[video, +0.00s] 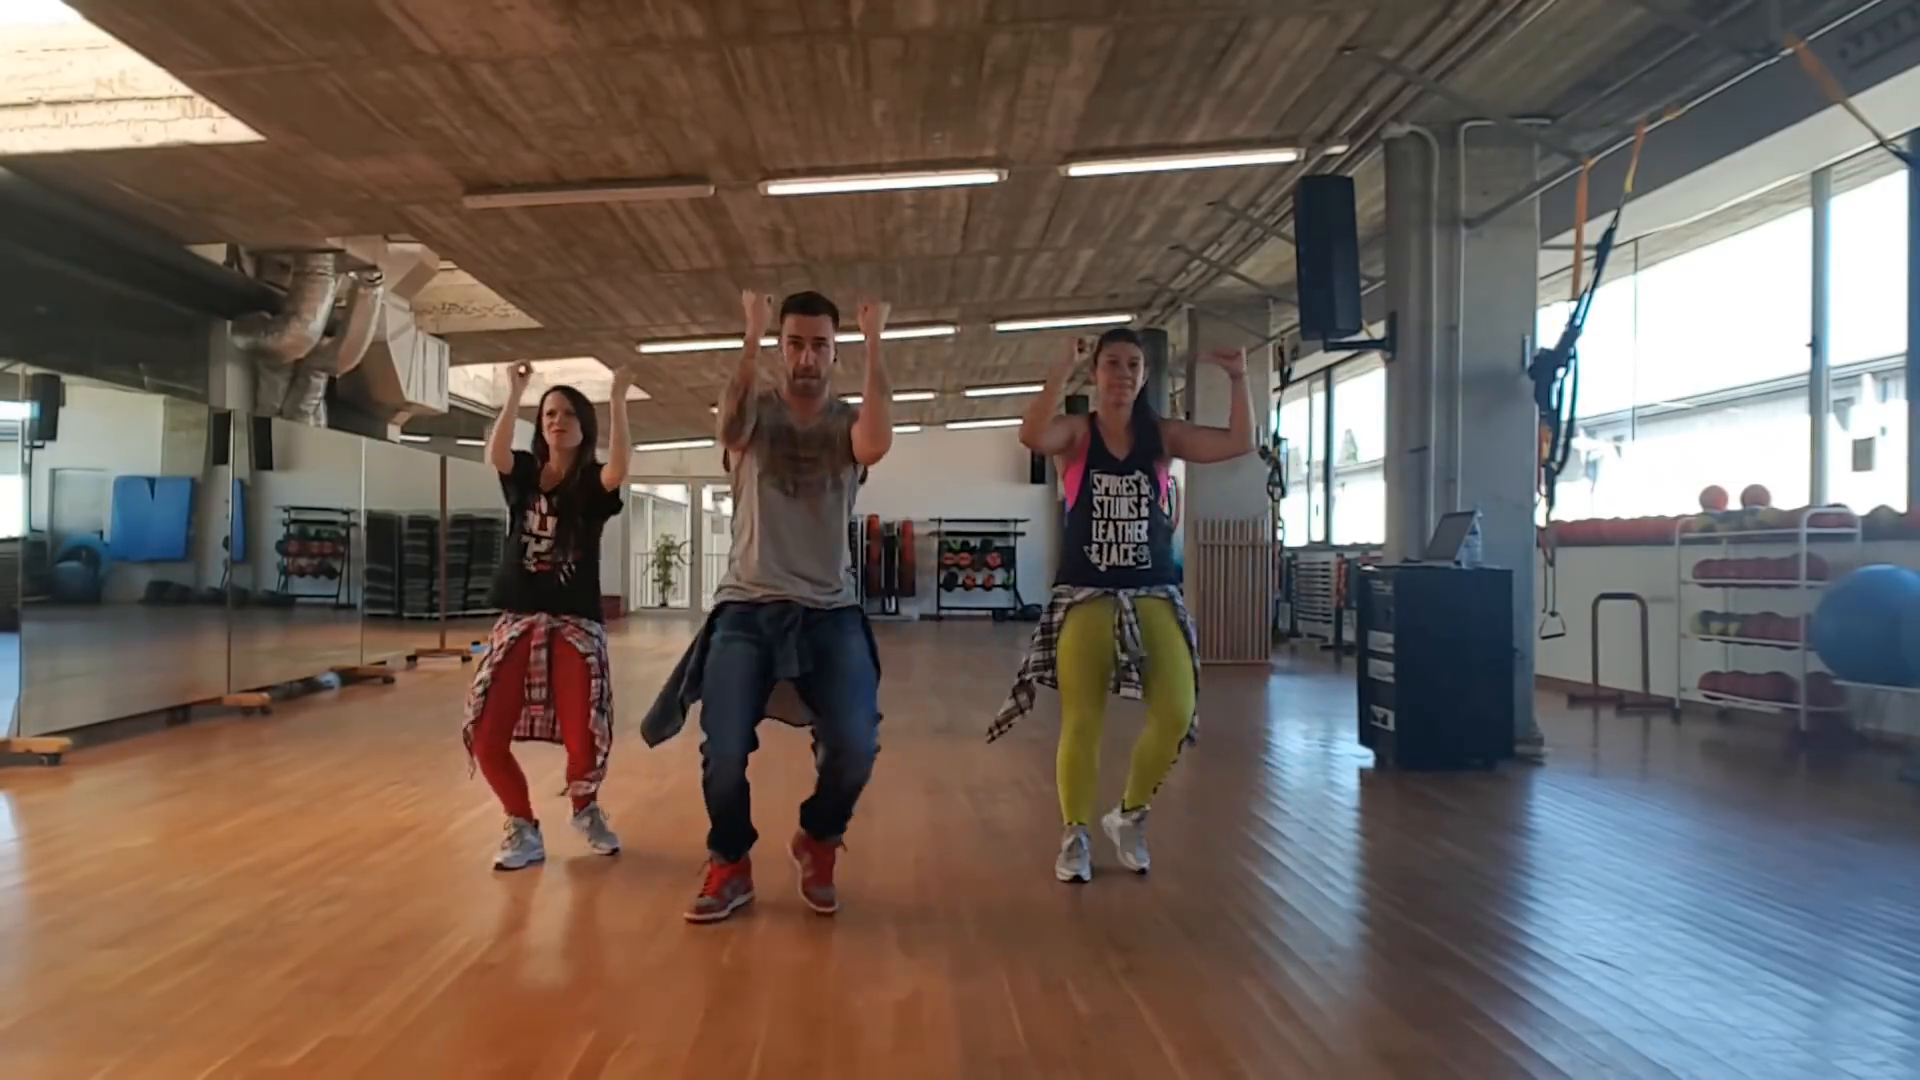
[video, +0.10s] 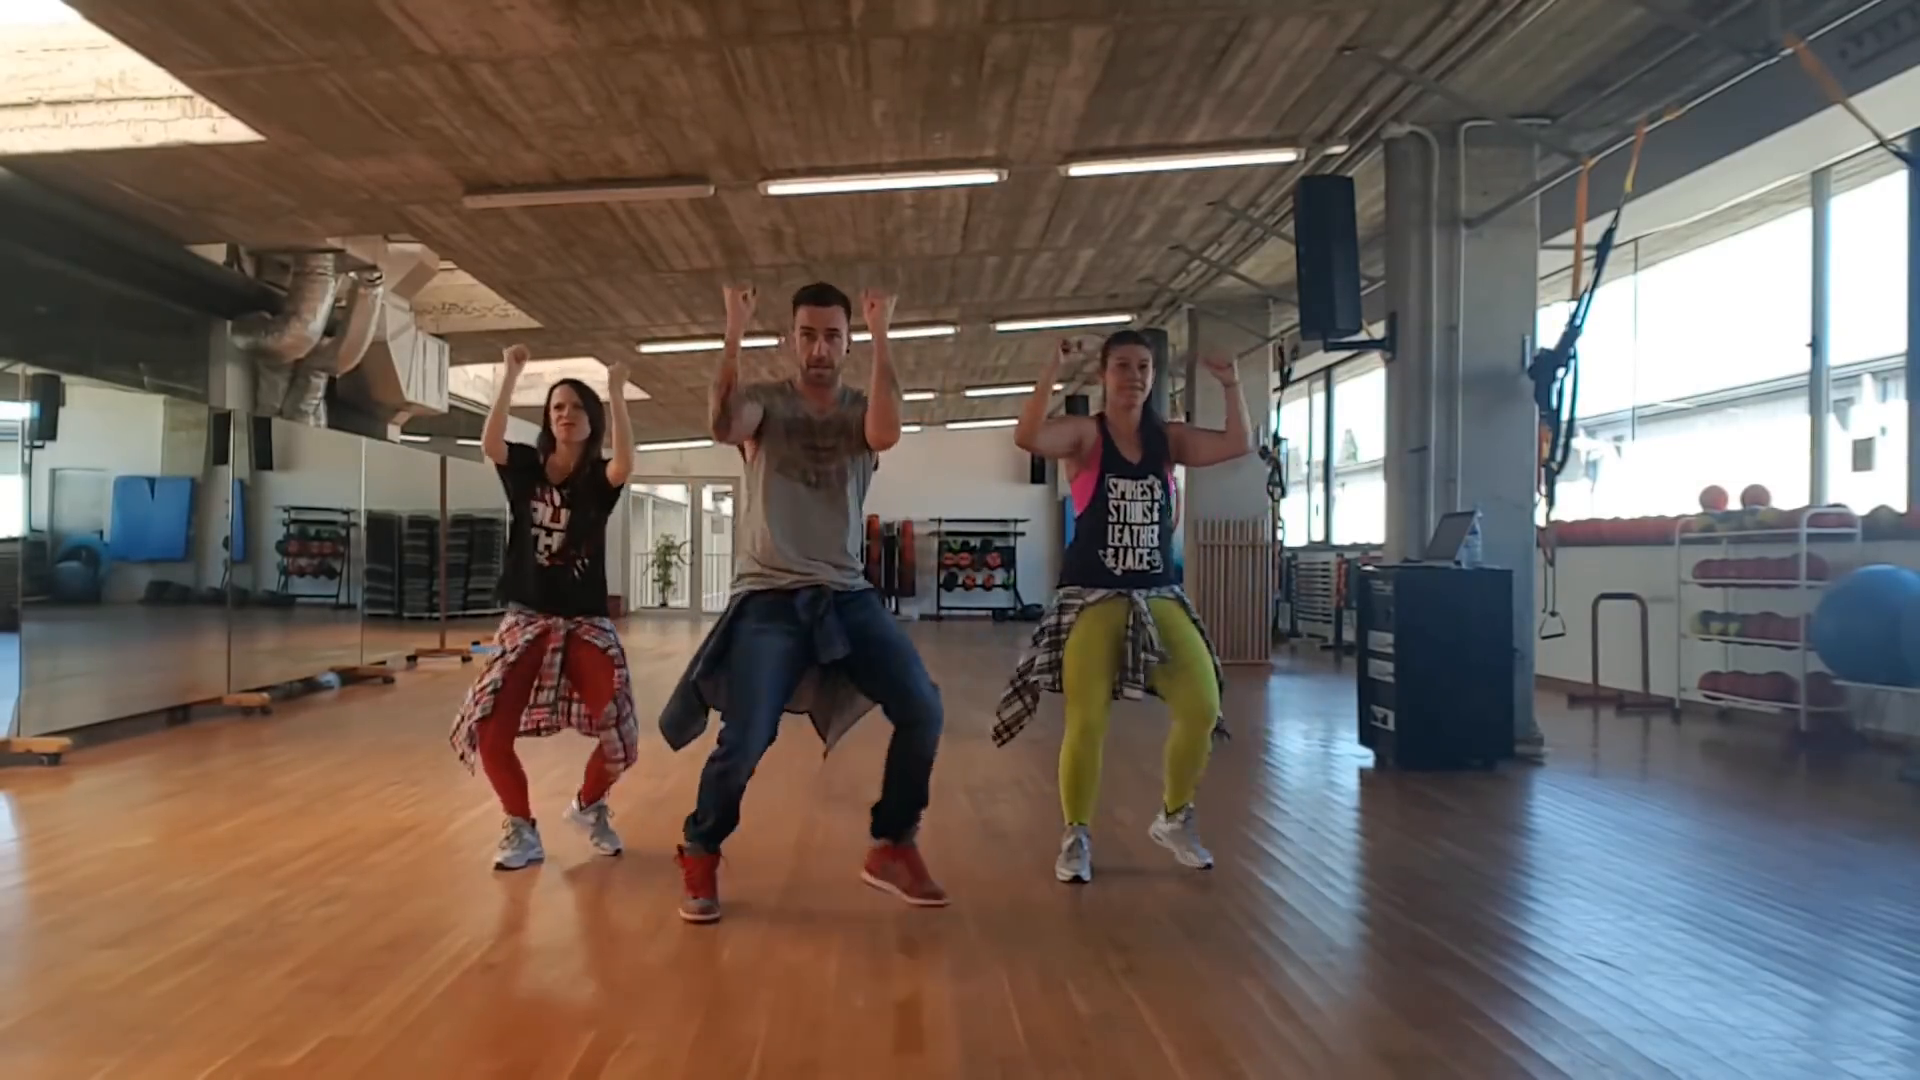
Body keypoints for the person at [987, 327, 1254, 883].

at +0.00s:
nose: (1122, 374)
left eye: (1132, 366)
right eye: (1112, 365)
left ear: (1144, 376)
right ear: (1094, 373)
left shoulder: (1161, 433)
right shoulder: (1076, 429)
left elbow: (1238, 442)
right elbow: (1032, 436)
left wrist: (1237, 376)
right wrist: (1061, 374)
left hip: (1154, 592)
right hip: (1087, 592)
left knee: (1176, 711)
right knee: (1082, 719)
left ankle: (1129, 815)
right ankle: (1075, 835)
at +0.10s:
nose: (1134, 376)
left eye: (1143, 367)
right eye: (1123, 367)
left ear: (1154, 377)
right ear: (1103, 376)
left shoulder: (1167, 437)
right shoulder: (1084, 432)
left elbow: (1237, 444)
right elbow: (1028, 437)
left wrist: (1229, 382)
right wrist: (1050, 374)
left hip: (1159, 593)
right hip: (1094, 594)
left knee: (1200, 705)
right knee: (1087, 719)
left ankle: (1174, 820)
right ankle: (1076, 836)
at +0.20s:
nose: (1147, 375)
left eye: (1156, 366)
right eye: (1137, 365)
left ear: (1168, 376)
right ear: (1117, 374)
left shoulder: (1179, 436)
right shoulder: (1097, 431)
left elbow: (1247, 440)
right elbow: (1024, 440)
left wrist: (1223, 379)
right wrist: (1031, 371)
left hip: (1170, 594)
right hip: (1109, 593)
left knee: (1211, 708)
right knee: (1096, 720)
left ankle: (1227, 831)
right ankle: (1077, 837)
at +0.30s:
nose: (1166, 376)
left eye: (1174, 367)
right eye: (1154, 367)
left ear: (1185, 377)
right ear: (1134, 376)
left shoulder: (1197, 437)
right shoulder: (1117, 436)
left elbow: (1266, 432)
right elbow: (1034, 447)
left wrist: (1232, 373)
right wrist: (1028, 376)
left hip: (1189, 599)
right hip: (1130, 599)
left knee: (1216, 719)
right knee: (1107, 724)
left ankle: (1249, 836)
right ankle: (1076, 838)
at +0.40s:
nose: (1186, 377)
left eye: (1193, 368)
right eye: (1174, 369)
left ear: (1205, 378)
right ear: (1153, 378)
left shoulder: (1218, 437)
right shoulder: (1139, 438)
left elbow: (1289, 430)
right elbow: (1061, 452)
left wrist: (1254, 376)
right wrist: (1056, 382)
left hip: (1212, 598)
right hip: (1153, 597)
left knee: (1238, 717)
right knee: (1121, 721)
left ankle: (1255, 840)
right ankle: (1077, 835)